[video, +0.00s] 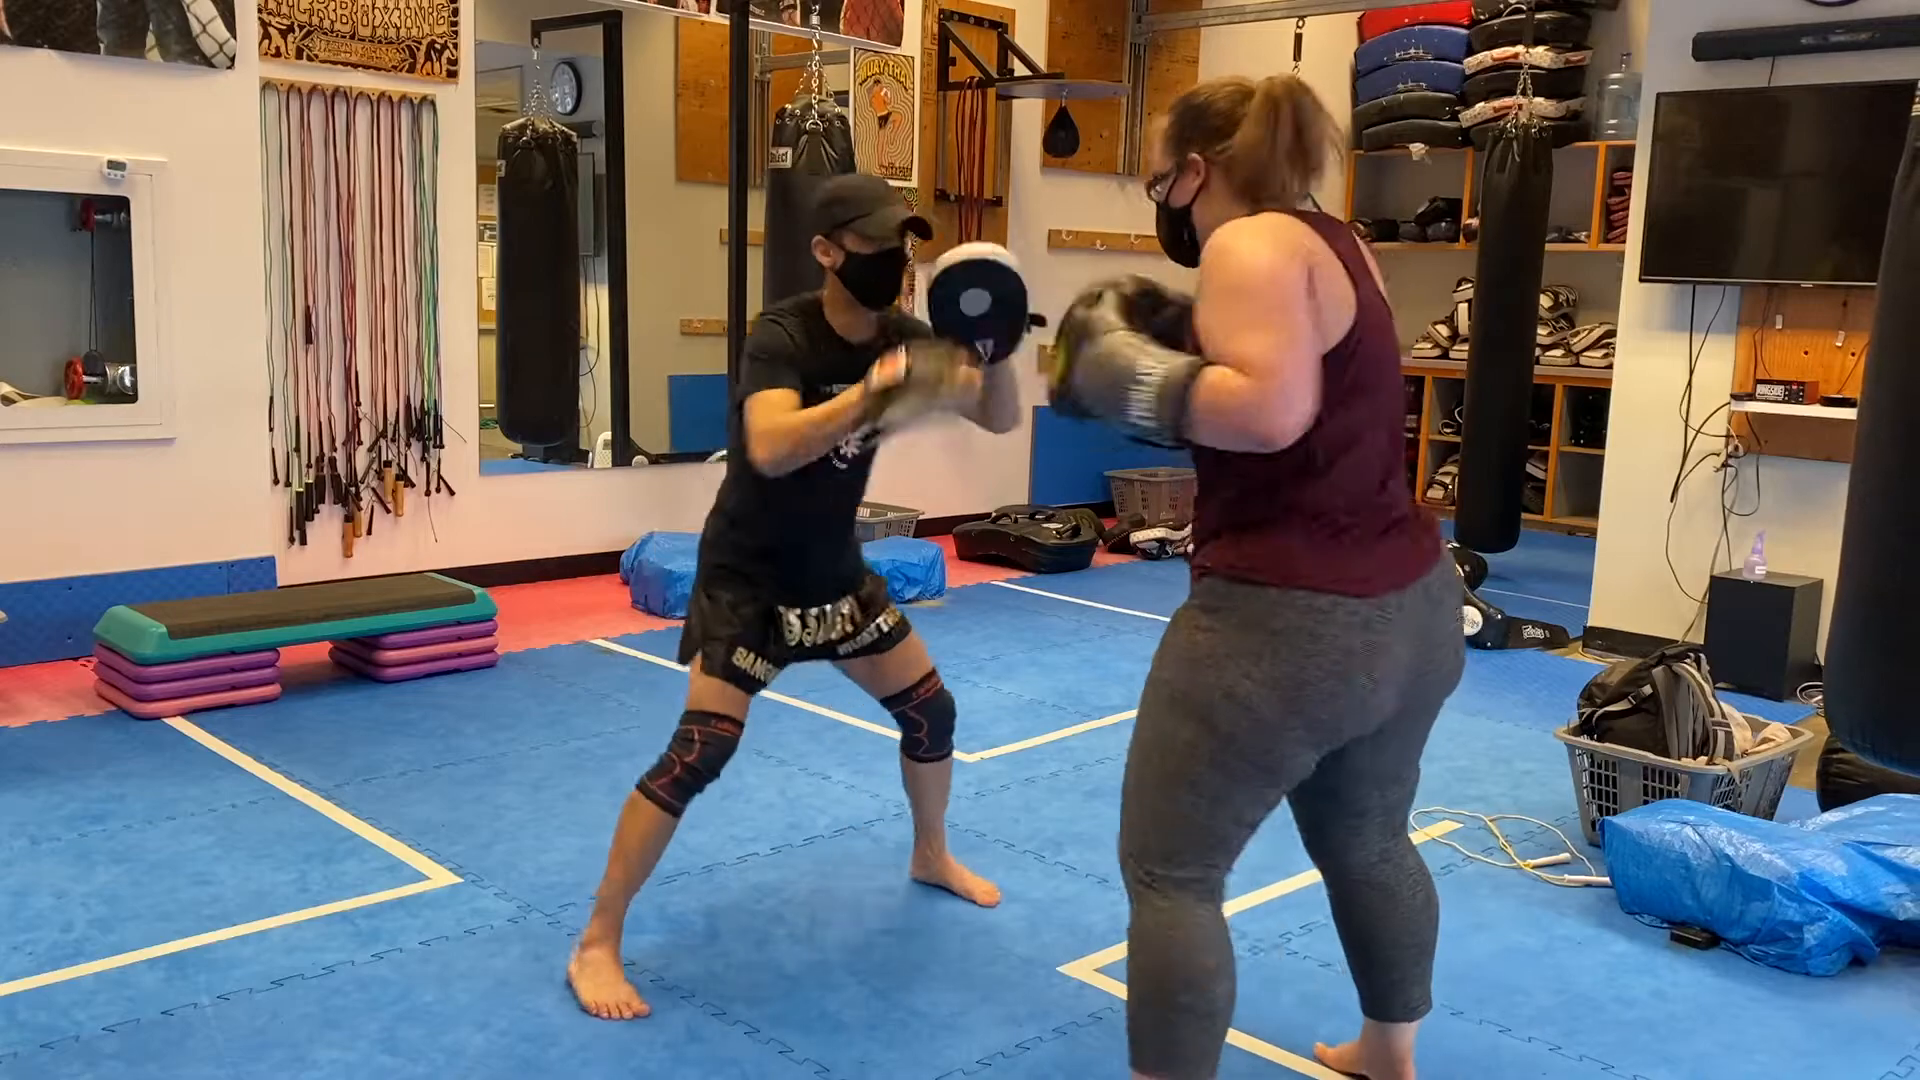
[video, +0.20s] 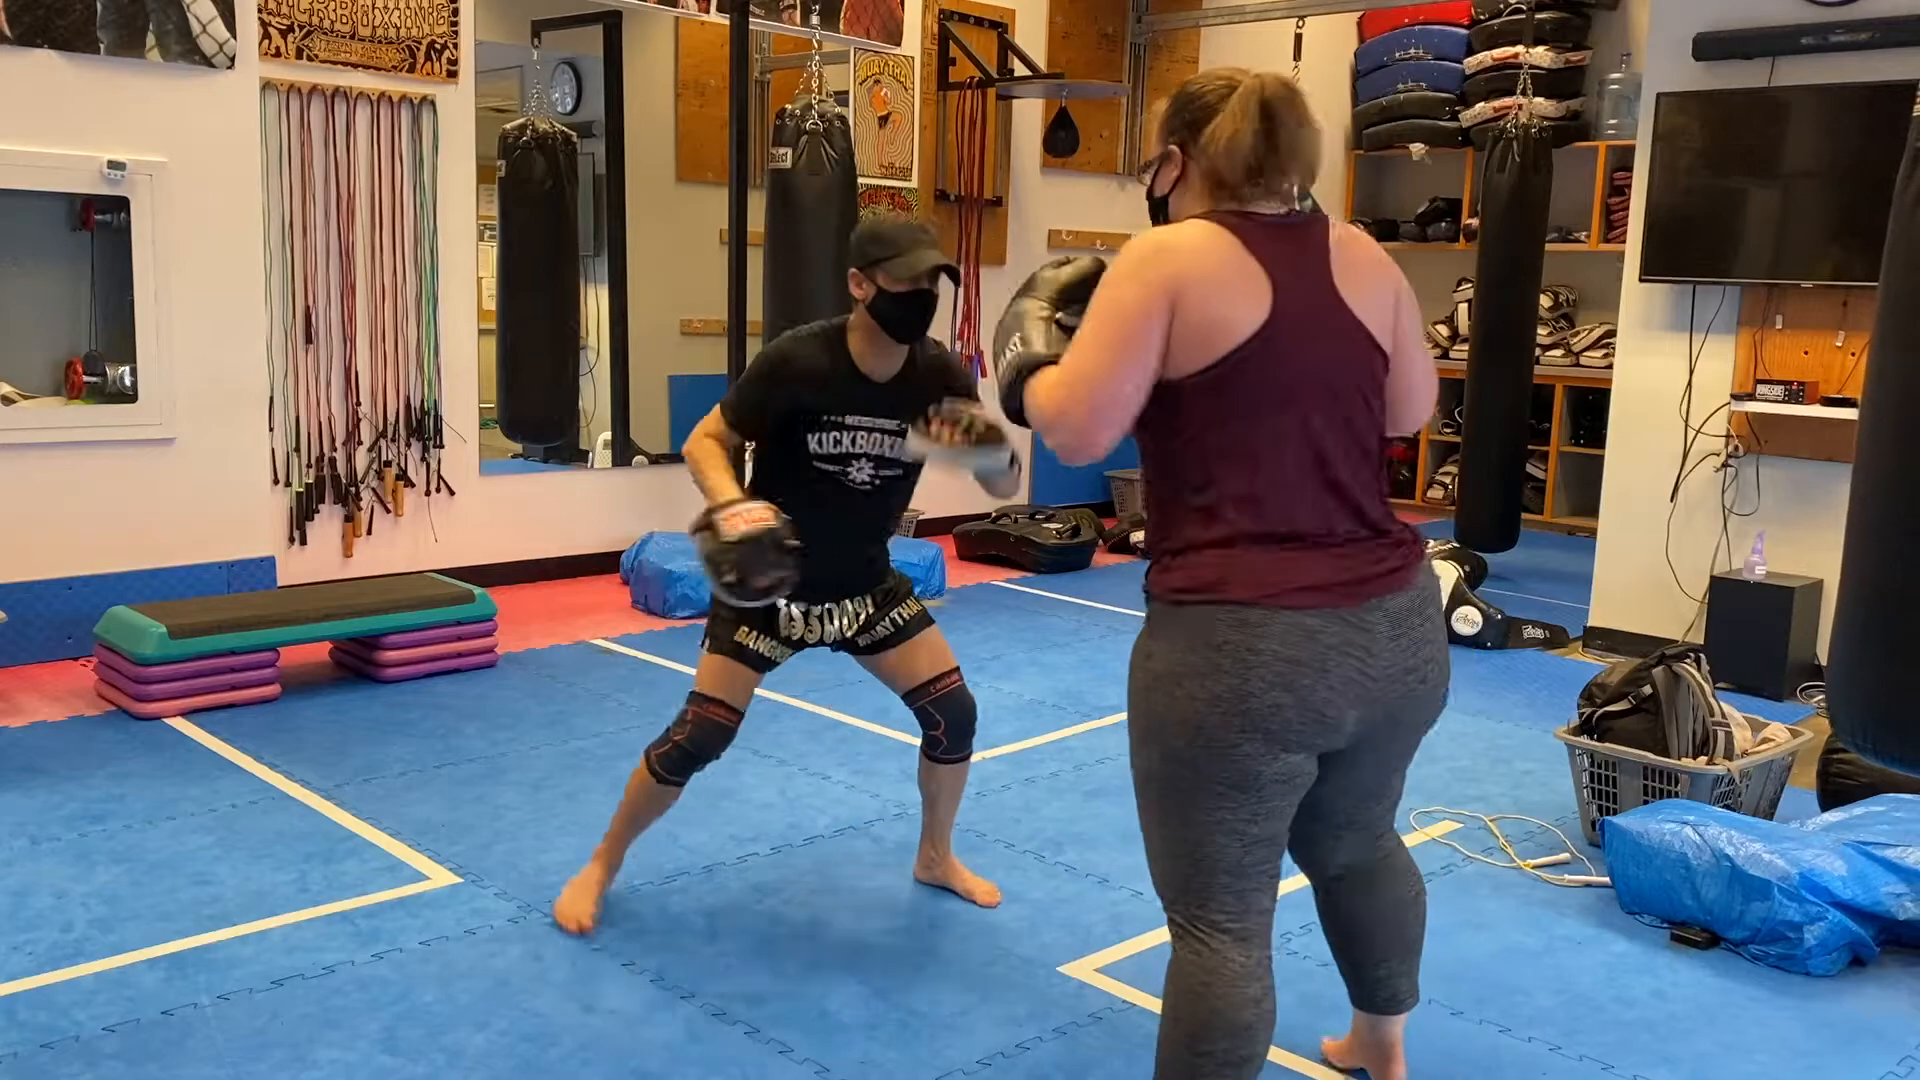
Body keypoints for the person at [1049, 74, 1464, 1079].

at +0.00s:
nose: (1162, 200)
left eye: (1165, 180)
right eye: (1159, 182)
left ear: (1201, 168)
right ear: (1287, 161)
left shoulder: (1250, 247)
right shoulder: (1338, 243)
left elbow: (1270, 409)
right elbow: (1291, 362)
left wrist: (1134, 381)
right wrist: (1186, 315)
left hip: (1281, 624)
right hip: (1412, 608)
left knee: (1174, 874)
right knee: (1366, 836)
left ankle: (1169, 1068)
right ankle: (1389, 1051)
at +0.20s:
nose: (1152, 184)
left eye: (1156, 166)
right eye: (1150, 168)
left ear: (1186, 160)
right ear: (1289, 157)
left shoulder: (1163, 259)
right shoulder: (1367, 256)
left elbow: (1079, 430)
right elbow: (1412, 406)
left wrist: (1022, 360)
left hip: (1235, 643)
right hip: (1396, 630)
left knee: (1220, 925)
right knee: (1357, 838)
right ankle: (1381, 1044)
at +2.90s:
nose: (764, 135)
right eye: (758, 117)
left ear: (609, 116)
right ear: (738, 123)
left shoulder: (510, 249)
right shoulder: (751, 242)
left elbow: (460, 434)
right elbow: (835, 452)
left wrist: (580, 398)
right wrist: (852, 359)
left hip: (505, 657)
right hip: (680, 667)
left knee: (511, 904)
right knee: (717, 1008)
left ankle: (421, 1068)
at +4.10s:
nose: (591, 159)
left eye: (589, 140)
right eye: (576, 140)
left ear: (512, 150)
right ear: (523, 147)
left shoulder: (522, 258)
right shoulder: (435, 251)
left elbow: (591, 339)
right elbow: (488, 438)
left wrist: (694, 287)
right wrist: (588, 335)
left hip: (469, 600)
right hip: (383, 606)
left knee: (510, 781)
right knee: (435, 890)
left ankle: (445, 995)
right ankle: (362, 1064)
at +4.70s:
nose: (545, 193)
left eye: (548, 181)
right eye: (543, 179)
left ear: (443, 162)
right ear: (520, 172)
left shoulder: (361, 250)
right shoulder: (516, 240)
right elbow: (659, 303)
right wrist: (709, 257)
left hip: (398, 525)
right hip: (471, 532)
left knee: (485, 716)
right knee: (472, 769)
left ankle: (475, 878)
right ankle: (392, 999)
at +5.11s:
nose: (507, 183)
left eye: (512, 169)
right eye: (500, 166)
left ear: (452, 157)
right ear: (455, 154)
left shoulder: (434, 221)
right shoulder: (417, 221)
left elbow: (447, 336)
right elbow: (447, 350)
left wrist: (510, 288)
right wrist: (525, 303)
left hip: (430, 491)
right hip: (410, 493)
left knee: (492, 700)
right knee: (471, 715)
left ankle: (472, 877)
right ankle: (450, 947)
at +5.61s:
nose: (439, 168)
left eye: (440, 153)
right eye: (426, 153)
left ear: (382, 156)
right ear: (372, 152)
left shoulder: (389, 237)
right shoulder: (301, 225)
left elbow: (397, 361)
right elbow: (331, 357)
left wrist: (458, 313)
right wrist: (425, 290)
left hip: (400, 513)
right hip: (295, 519)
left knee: (471, 670)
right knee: (287, 745)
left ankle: (452, 832)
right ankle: (233, 945)